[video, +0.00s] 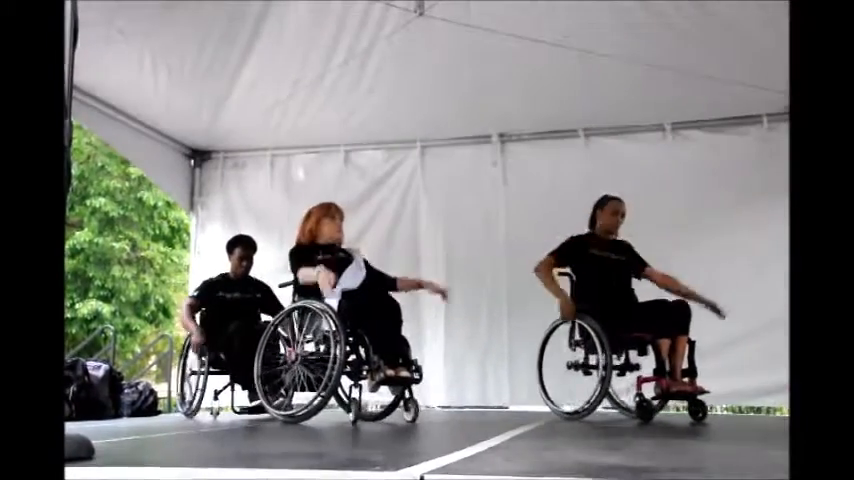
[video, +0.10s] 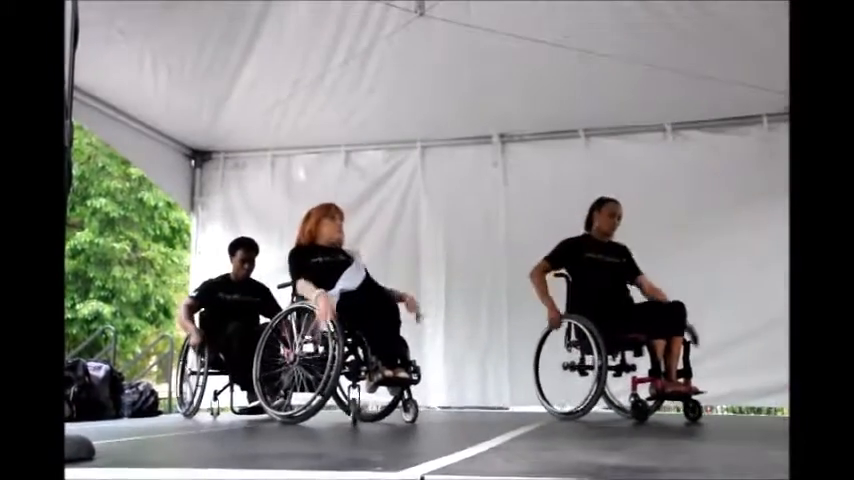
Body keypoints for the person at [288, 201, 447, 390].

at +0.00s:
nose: (338, 226)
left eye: (340, 222)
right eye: (332, 221)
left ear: (342, 225)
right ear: (316, 225)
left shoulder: (348, 256)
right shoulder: (301, 252)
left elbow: (384, 281)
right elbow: (300, 273)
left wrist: (422, 284)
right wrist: (319, 274)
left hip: (349, 307)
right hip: (318, 312)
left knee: (388, 305)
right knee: (368, 308)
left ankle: (396, 363)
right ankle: (383, 364)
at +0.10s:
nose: (339, 227)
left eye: (340, 222)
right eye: (333, 221)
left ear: (342, 226)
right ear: (317, 225)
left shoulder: (346, 256)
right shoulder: (300, 253)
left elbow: (370, 285)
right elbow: (300, 283)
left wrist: (401, 297)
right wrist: (318, 296)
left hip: (362, 299)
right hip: (335, 304)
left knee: (386, 306)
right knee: (369, 312)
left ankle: (393, 364)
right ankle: (384, 365)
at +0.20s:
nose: (340, 228)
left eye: (341, 223)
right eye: (333, 222)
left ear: (343, 227)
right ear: (318, 225)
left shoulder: (342, 255)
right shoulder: (300, 254)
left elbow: (356, 283)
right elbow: (300, 288)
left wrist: (389, 305)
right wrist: (315, 311)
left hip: (358, 295)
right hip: (333, 302)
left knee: (386, 309)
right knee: (370, 316)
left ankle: (389, 365)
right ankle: (385, 366)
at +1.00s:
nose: (338, 224)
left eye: (341, 220)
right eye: (330, 218)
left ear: (344, 226)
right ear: (314, 223)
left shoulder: (347, 253)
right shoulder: (297, 254)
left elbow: (362, 284)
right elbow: (291, 294)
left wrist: (386, 307)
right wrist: (308, 315)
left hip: (356, 300)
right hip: (325, 306)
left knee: (377, 300)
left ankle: (387, 363)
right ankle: (369, 363)